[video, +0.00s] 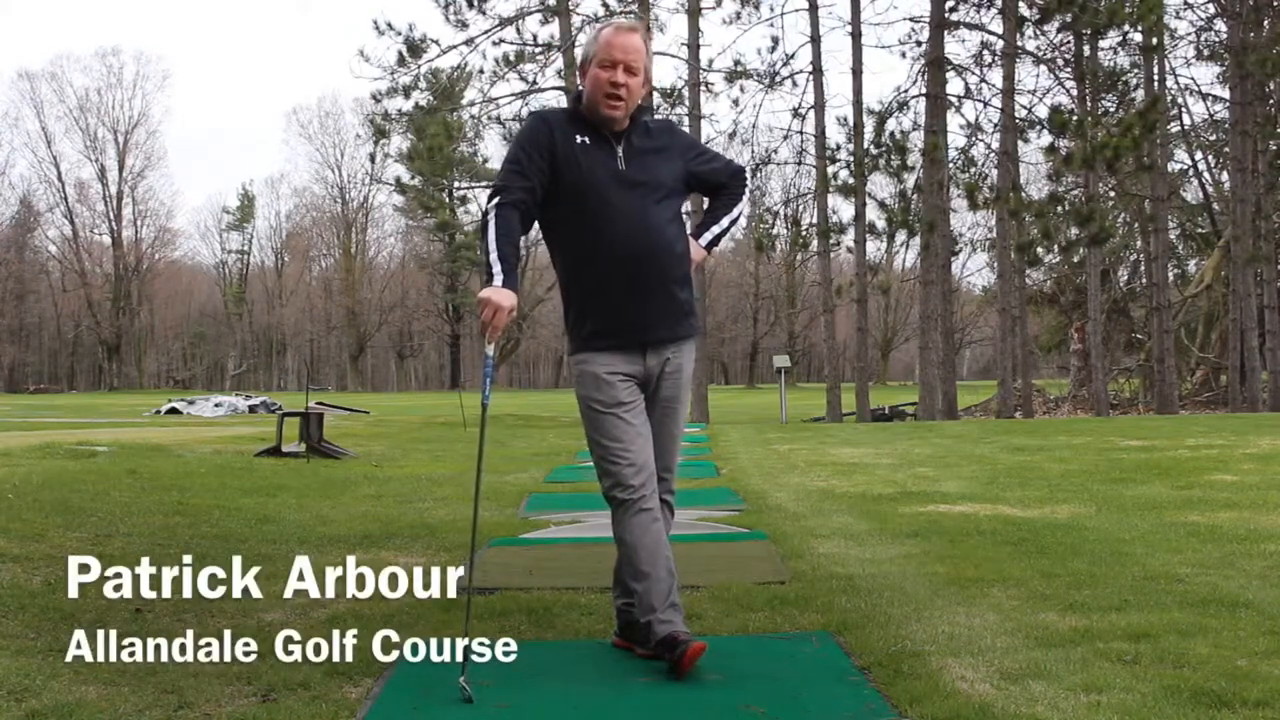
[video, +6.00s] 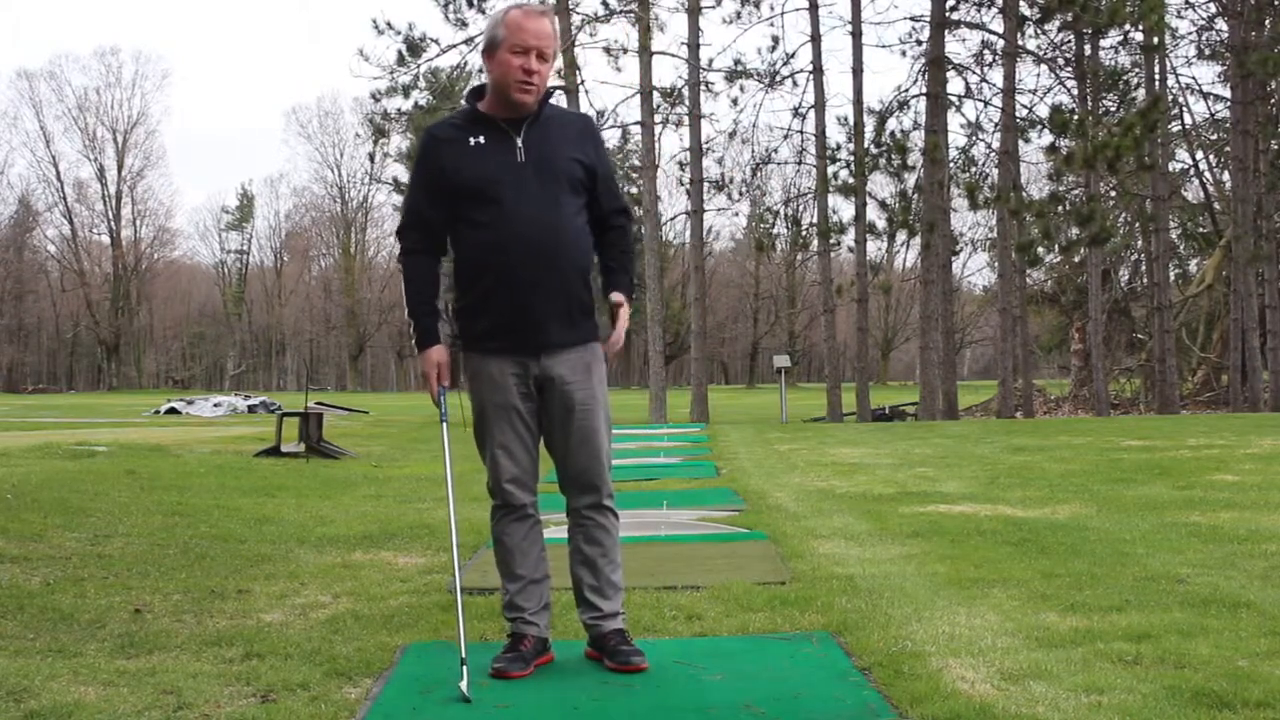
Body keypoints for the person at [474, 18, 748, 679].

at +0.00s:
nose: (617, 80)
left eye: (630, 70)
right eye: (606, 67)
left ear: (646, 82)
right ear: (584, 72)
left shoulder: (669, 141)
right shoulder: (548, 133)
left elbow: (733, 181)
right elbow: (508, 203)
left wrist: (703, 240)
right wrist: (503, 282)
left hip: (674, 339)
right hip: (599, 344)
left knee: (659, 488)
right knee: (634, 486)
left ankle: (634, 619)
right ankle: (669, 631)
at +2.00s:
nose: (619, 77)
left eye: (632, 68)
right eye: (608, 65)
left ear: (648, 82)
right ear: (585, 72)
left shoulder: (671, 144)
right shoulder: (548, 132)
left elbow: (732, 187)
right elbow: (507, 205)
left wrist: (710, 240)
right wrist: (505, 282)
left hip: (673, 342)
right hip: (598, 346)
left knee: (659, 489)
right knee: (631, 487)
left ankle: (633, 620)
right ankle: (666, 631)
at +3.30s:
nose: (597, 75)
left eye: (611, 64)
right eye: (587, 63)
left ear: (634, 75)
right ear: (571, 70)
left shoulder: (661, 144)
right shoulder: (541, 128)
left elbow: (696, 240)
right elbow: (497, 207)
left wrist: (690, 223)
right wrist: (497, 284)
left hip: (655, 340)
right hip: (576, 340)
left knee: (647, 483)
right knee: (585, 466)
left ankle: (638, 615)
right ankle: (594, 622)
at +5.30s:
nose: (541, 66)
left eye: (553, 55)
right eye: (528, 52)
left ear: (565, 65)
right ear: (499, 59)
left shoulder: (590, 134)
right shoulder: (456, 139)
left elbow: (644, 213)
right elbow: (430, 241)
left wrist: (650, 190)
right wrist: (433, 334)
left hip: (579, 341)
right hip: (497, 346)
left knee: (595, 493)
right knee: (516, 496)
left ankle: (608, 627)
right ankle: (527, 630)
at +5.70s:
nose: (544, 68)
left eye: (554, 58)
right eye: (531, 55)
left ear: (563, 66)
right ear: (496, 59)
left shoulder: (582, 132)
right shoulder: (451, 141)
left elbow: (622, 206)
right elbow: (426, 246)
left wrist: (637, 240)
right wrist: (430, 339)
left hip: (577, 341)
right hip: (494, 346)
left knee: (594, 493)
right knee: (514, 496)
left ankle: (608, 628)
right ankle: (527, 631)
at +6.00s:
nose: (533, 67)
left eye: (544, 57)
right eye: (520, 53)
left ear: (554, 65)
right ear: (487, 58)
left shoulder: (578, 132)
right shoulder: (444, 142)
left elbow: (613, 219)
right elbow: (419, 245)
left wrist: (622, 291)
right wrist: (428, 338)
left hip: (575, 339)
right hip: (489, 345)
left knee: (592, 491)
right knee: (511, 497)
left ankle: (608, 628)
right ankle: (527, 632)